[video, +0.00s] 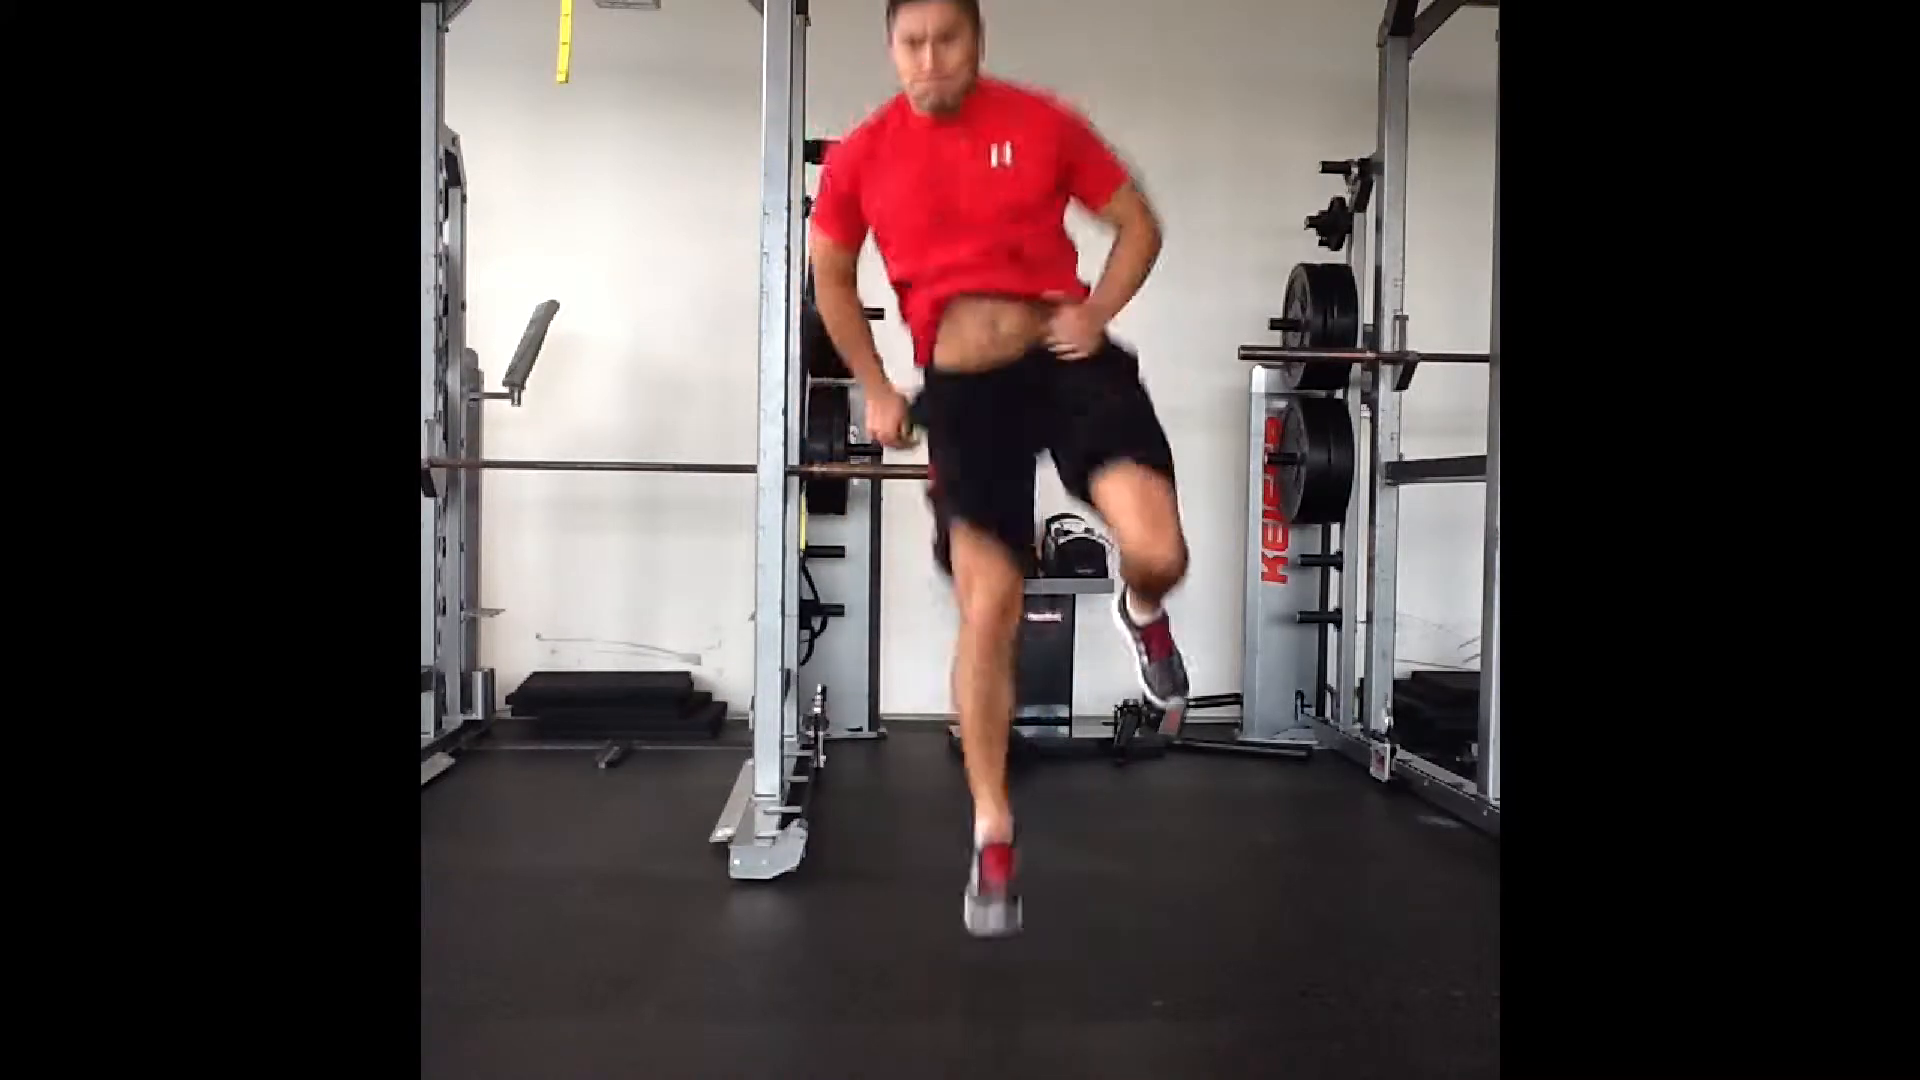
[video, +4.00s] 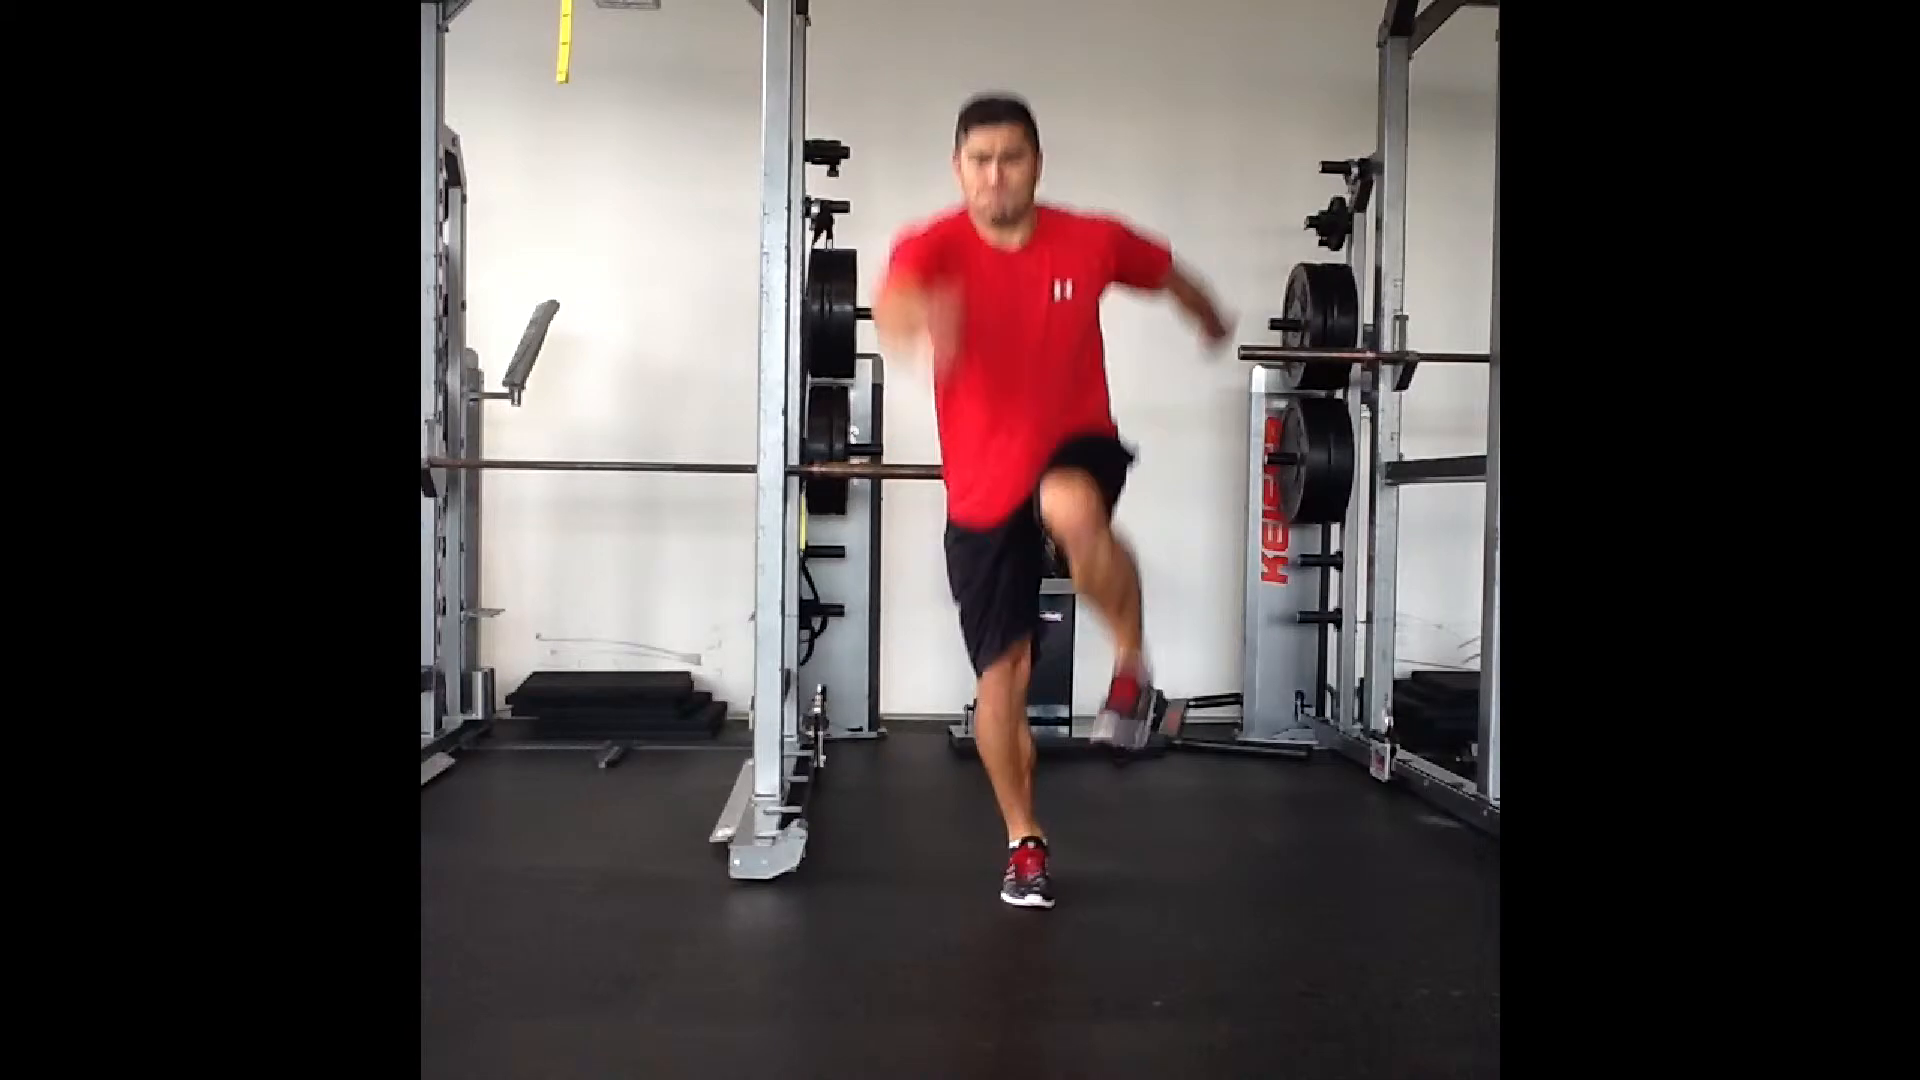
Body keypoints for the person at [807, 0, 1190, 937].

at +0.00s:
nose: (929, 60)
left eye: (945, 40)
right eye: (913, 43)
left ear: (978, 39)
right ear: (892, 49)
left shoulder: (1043, 125)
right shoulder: (860, 154)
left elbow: (1140, 224)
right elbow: (830, 274)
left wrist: (1099, 311)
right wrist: (875, 386)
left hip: (1072, 367)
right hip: (965, 394)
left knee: (1160, 555)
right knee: (989, 605)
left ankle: (1141, 616)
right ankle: (992, 835)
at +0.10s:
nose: (931, 171)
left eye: (948, 152)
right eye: (914, 155)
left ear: (979, 159)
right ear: (894, 168)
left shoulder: (1041, 266)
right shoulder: (860, 281)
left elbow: (1102, 400)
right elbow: (845, 388)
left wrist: (1016, 389)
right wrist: (872, 494)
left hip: (1074, 485)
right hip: (967, 508)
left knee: (1156, 655)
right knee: (979, 708)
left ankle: (1155, 698)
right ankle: (996, 888)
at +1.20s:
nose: (961, 110)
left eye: (979, 90)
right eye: (942, 91)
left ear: (1008, 101)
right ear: (918, 105)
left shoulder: (1071, 218)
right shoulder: (877, 229)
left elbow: (1121, 358)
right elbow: (862, 368)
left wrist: (1091, 479)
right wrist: (871, 488)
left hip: (1071, 491)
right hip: (956, 498)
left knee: (1101, 671)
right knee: (972, 696)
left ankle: (1113, 737)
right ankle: (994, 883)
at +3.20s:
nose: (1014, 154)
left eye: (1030, 137)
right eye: (999, 138)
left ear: (1056, 146)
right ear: (979, 148)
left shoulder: (1108, 253)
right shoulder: (938, 254)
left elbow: (1141, 379)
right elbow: (914, 378)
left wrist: (1131, 497)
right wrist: (924, 493)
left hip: (1090, 505)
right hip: (988, 507)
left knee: (1098, 669)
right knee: (1008, 681)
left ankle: (1073, 726)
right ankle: (1024, 841)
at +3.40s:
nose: (1012, 195)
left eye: (1028, 178)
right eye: (996, 178)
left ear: (1054, 190)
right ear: (975, 190)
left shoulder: (1103, 296)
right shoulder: (932, 288)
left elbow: (1137, 422)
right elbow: (916, 379)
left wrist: (1079, 439)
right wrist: (923, 472)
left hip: (1083, 526)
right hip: (983, 529)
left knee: (1091, 671)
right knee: (1007, 679)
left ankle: (1058, 695)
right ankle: (1023, 839)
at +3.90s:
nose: (994, 226)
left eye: (1009, 210)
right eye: (978, 212)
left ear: (1035, 222)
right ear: (955, 227)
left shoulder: (1094, 316)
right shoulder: (925, 342)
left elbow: (1141, 423)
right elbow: (922, 479)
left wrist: (1174, 508)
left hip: (1082, 529)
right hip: (982, 545)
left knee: (1078, 674)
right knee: (1006, 695)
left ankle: (1076, 769)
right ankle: (1024, 843)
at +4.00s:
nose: (997, 173)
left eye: (1012, 157)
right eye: (981, 159)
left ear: (1037, 164)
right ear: (958, 168)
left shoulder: (1091, 240)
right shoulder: (929, 250)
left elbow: (1171, 277)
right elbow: (890, 315)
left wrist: (1211, 319)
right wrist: (928, 319)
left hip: (1077, 445)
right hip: (983, 480)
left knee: (1070, 505)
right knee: (1001, 671)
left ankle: (1129, 668)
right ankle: (1023, 840)